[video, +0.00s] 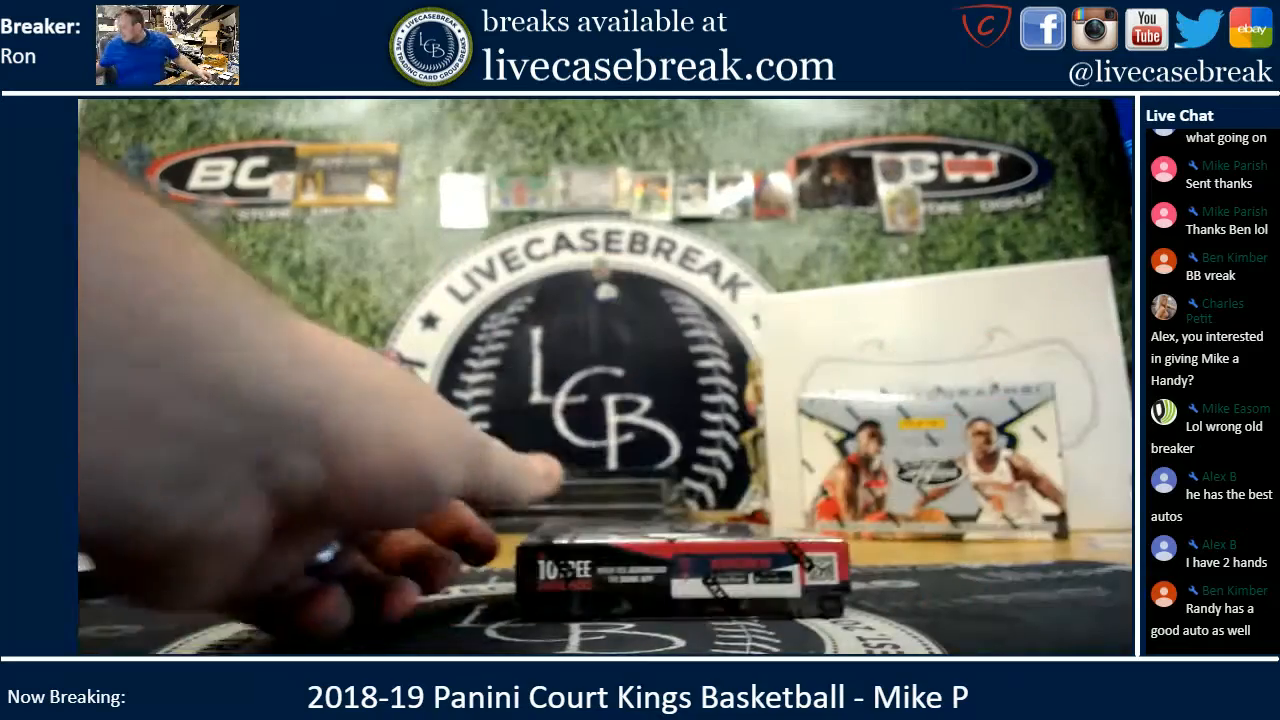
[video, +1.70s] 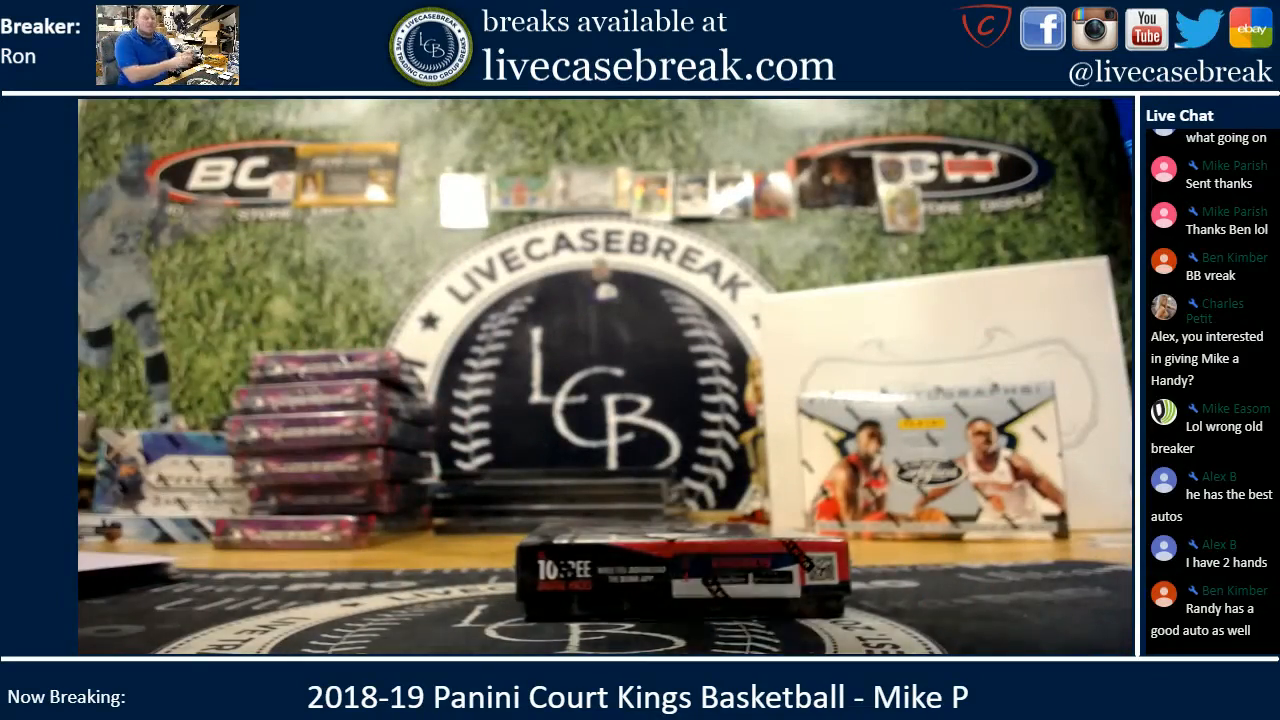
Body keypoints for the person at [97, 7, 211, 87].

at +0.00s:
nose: (120, 31)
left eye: (124, 27)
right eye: (119, 28)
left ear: (138, 26)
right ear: (118, 28)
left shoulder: (161, 41)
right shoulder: (115, 45)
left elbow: (178, 58)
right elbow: (100, 67)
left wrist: (198, 71)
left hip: (156, 101)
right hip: (124, 102)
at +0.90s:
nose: (133, 20)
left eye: (138, 16)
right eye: (130, 16)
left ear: (147, 21)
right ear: (125, 20)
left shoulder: (158, 40)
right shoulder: (113, 42)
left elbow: (170, 60)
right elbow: (105, 74)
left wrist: (189, 61)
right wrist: (102, 74)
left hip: (155, 98)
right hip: (124, 99)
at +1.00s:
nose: (136, 19)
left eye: (141, 16)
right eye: (133, 16)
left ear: (150, 22)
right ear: (128, 20)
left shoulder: (158, 40)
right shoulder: (114, 41)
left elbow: (169, 59)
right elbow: (102, 72)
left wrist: (184, 57)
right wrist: (116, 72)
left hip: (155, 98)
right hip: (124, 99)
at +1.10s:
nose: (139, 19)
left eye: (144, 16)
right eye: (136, 16)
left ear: (152, 21)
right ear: (130, 21)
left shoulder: (158, 39)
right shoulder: (118, 40)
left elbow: (170, 59)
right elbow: (107, 74)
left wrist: (181, 55)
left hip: (157, 96)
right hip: (126, 98)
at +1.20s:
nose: (140, 19)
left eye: (145, 16)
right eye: (137, 16)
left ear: (152, 22)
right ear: (131, 21)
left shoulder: (158, 38)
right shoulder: (120, 40)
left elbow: (172, 60)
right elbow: (111, 74)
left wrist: (182, 55)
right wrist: (146, 63)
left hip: (156, 95)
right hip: (126, 97)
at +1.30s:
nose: (142, 19)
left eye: (146, 16)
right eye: (138, 16)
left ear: (153, 21)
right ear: (133, 21)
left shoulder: (160, 39)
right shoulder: (121, 40)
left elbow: (174, 61)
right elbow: (120, 73)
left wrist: (180, 56)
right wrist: (156, 59)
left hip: (158, 93)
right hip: (130, 95)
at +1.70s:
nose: (150, 21)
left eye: (153, 18)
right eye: (145, 18)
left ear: (156, 21)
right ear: (136, 21)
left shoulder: (161, 39)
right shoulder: (125, 41)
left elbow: (174, 59)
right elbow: (134, 76)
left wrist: (183, 59)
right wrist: (170, 64)